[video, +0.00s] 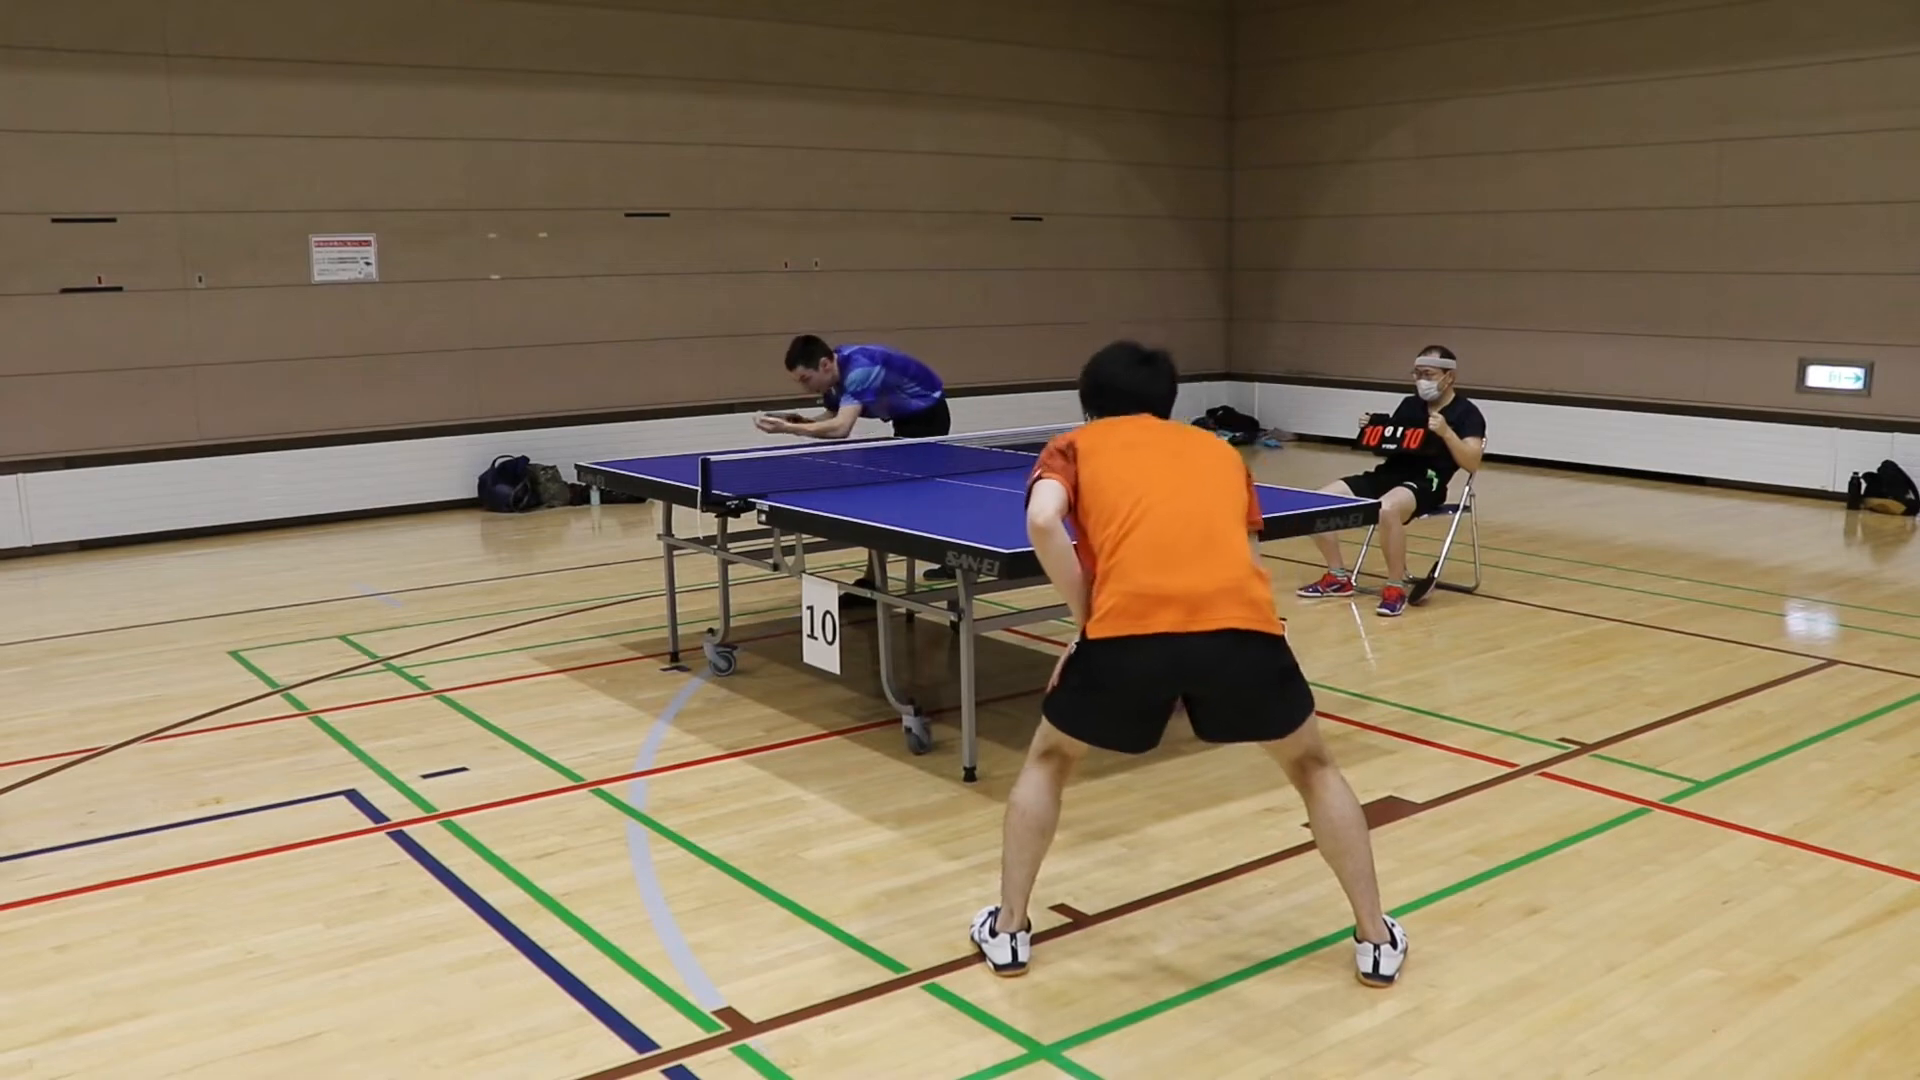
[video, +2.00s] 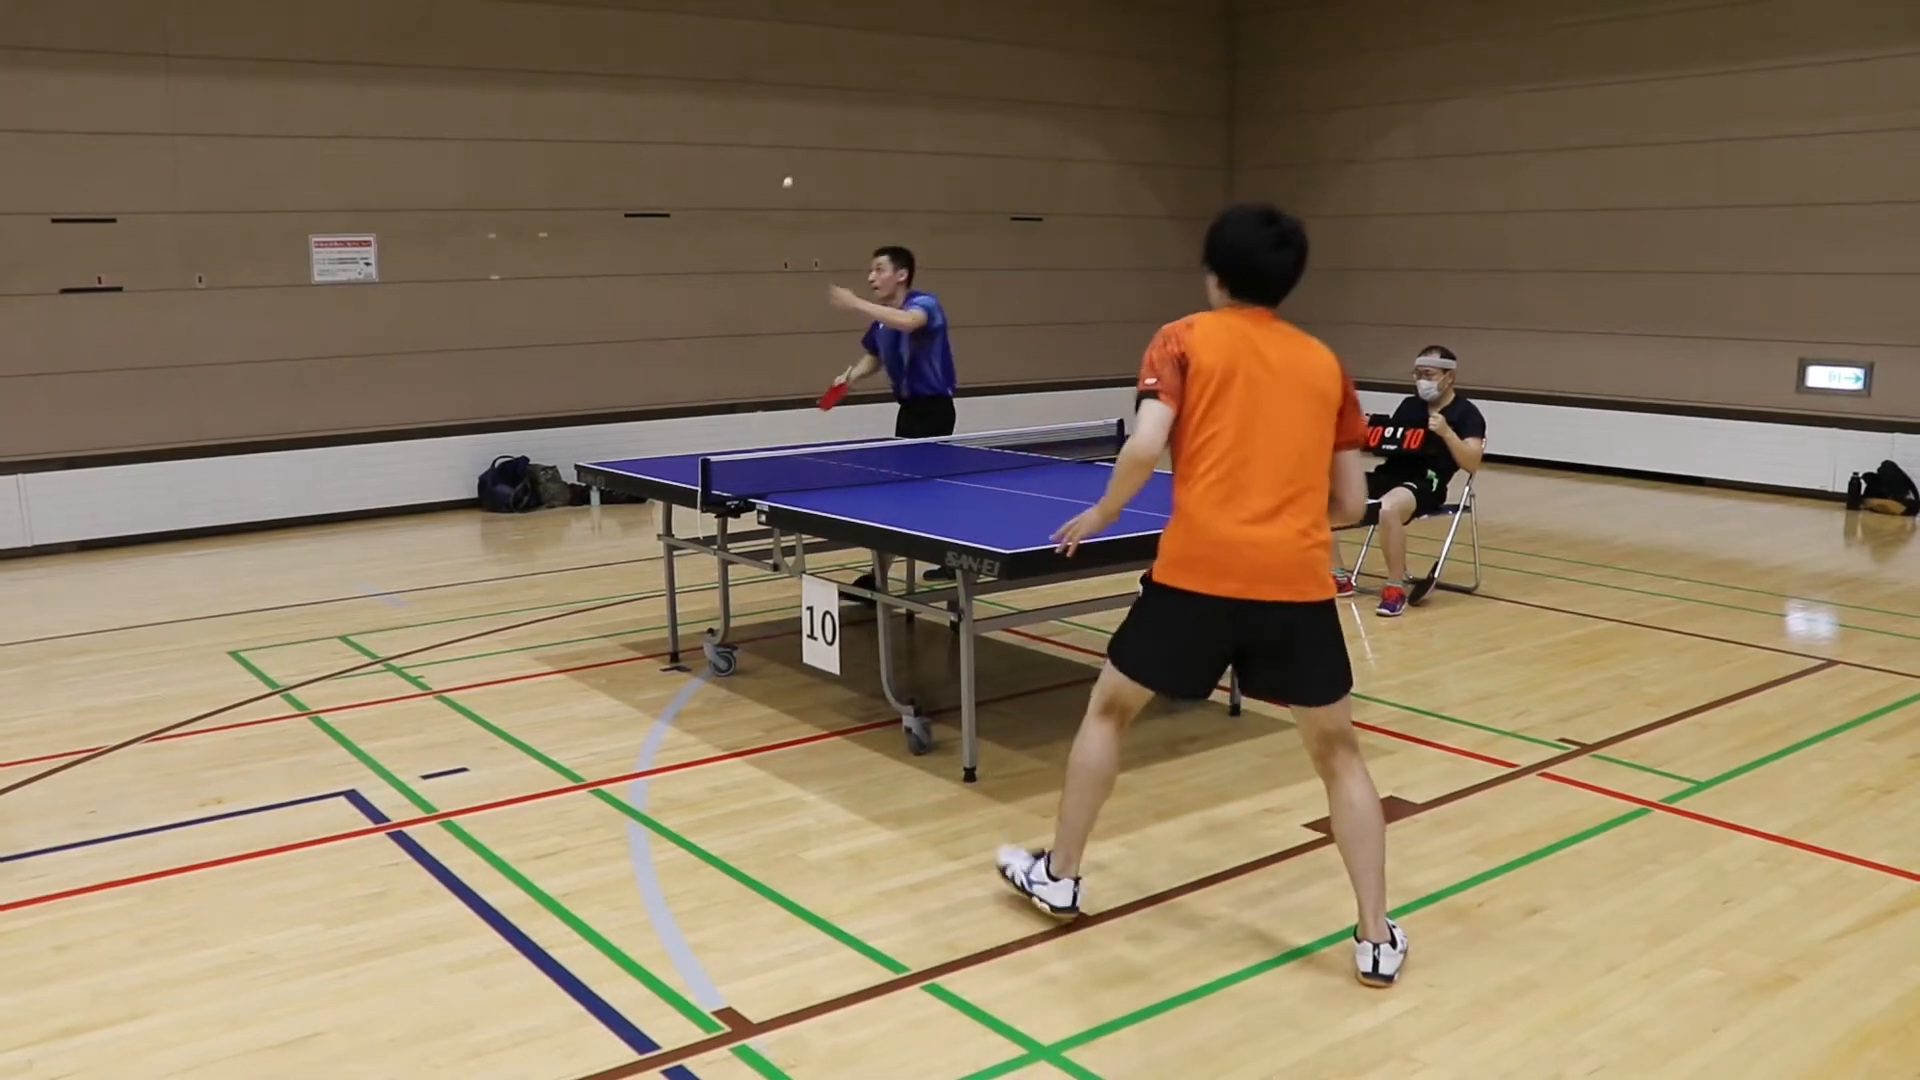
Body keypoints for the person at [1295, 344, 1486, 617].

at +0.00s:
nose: (1423, 382)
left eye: (1430, 375)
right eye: (1418, 374)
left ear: (1450, 378)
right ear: (1413, 375)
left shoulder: (1467, 414)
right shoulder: (1411, 404)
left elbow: (1472, 463)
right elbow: (1392, 439)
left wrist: (1446, 433)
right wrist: (1373, 425)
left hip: (1427, 481)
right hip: (1390, 474)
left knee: (1389, 509)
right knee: (1318, 503)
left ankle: (1394, 588)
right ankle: (1338, 576)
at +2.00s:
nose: (1423, 381)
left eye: (1430, 375)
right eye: (1418, 374)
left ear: (1450, 378)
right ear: (1414, 375)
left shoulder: (1466, 413)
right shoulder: (1410, 405)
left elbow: (1471, 463)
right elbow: (1386, 444)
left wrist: (1446, 433)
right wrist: (1367, 432)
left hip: (1426, 482)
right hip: (1388, 476)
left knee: (1390, 508)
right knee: (1323, 500)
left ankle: (1395, 587)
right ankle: (1337, 574)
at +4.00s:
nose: (1428, 378)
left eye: (1436, 372)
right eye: (1422, 372)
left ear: (1453, 377)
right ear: (1417, 375)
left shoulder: (1467, 414)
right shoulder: (1411, 404)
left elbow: (1472, 463)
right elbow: (1393, 438)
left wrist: (1447, 433)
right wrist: (1373, 426)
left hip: (1427, 481)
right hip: (1391, 473)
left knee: (1388, 509)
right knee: (1320, 502)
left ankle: (1394, 587)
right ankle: (1337, 576)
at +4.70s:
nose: (1419, 378)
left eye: (1427, 373)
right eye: (1417, 372)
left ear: (1448, 378)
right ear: (1413, 373)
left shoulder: (1467, 414)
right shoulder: (1411, 404)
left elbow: (1472, 463)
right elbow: (1393, 439)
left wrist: (1446, 432)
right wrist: (1372, 427)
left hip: (1427, 482)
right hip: (1390, 473)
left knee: (1389, 509)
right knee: (1318, 502)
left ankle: (1395, 588)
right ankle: (1338, 575)